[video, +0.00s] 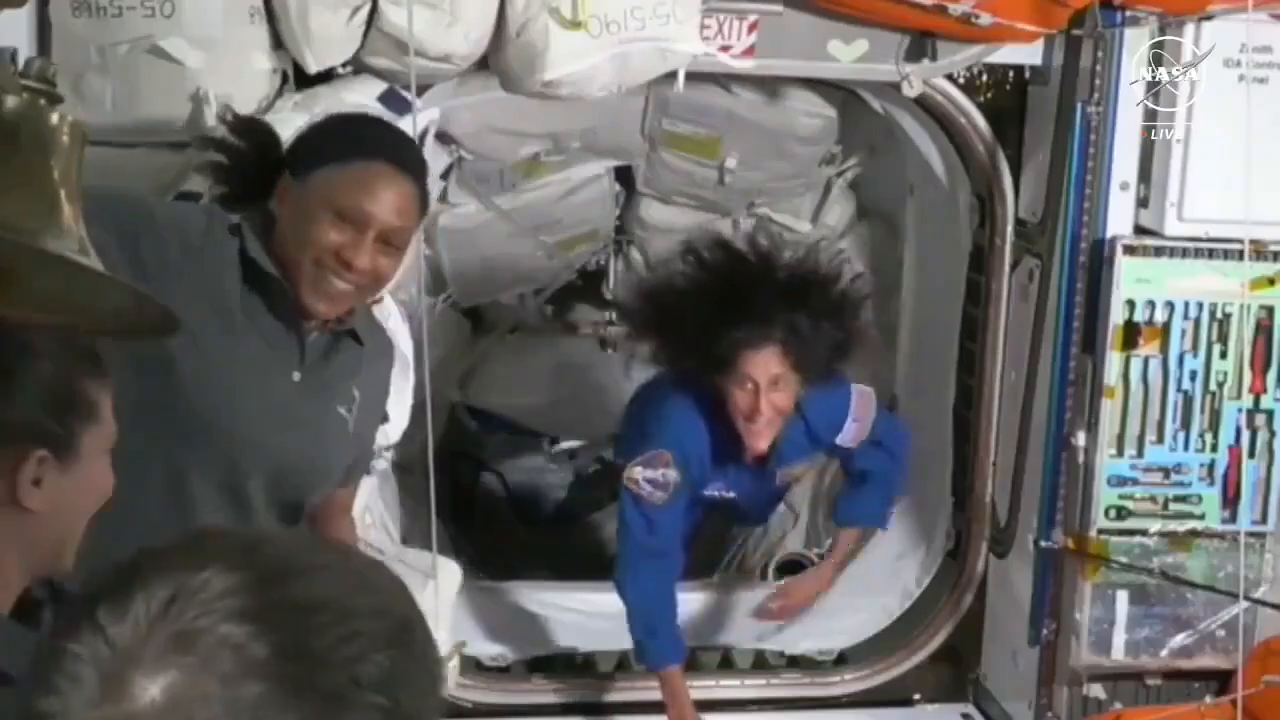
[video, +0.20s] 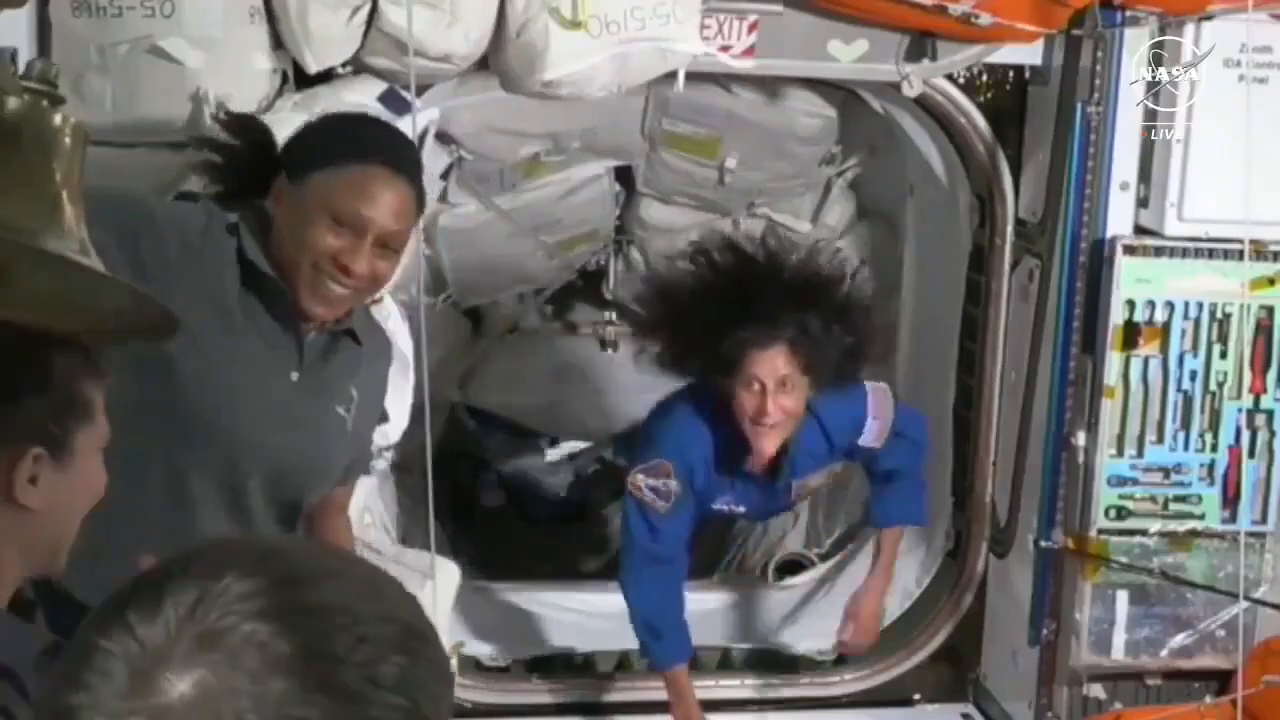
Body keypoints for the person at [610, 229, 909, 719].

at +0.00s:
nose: (760, 410)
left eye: (778, 386)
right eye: (744, 386)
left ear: (803, 383)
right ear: (717, 381)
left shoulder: (828, 407)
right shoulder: (673, 426)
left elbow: (889, 446)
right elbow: (644, 568)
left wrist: (829, 569)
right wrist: (677, 702)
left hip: (760, 502)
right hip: (680, 499)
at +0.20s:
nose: (767, 409)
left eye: (787, 387)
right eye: (753, 386)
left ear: (811, 391)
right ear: (727, 386)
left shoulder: (838, 415)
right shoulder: (679, 443)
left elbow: (909, 439)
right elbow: (652, 571)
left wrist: (878, 586)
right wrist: (683, 700)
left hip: (766, 506)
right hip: (683, 509)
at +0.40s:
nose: (764, 400)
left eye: (785, 380)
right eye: (751, 376)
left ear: (816, 385)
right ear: (730, 376)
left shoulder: (851, 417)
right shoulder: (684, 435)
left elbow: (932, 455)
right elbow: (663, 564)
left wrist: (912, 600)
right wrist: (694, 695)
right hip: (722, 519)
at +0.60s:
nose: (755, 387)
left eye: (780, 368)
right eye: (746, 362)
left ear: (817, 378)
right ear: (729, 361)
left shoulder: (869, 424)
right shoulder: (681, 439)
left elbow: (1008, 463)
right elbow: (669, 569)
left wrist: (1000, 607)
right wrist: (693, 690)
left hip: (808, 546)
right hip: (705, 544)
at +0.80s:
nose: (757, 383)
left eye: (779, 363)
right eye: (743, 360)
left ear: (824, 364)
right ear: (726, 356)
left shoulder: (886, 422)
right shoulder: (701, 405)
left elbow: (1054, 478)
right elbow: (645, 504)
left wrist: (1089, 614)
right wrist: (638, 632)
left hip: (789, 583)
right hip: (696, 531)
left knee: (693, 628)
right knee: (603, 555)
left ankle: (693, 658)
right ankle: (571, 490)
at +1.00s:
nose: (748, 398)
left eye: (771, 377)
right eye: (732, 372)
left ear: (819, 373)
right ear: (714, 360)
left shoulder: (875, 437)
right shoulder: (694, 398)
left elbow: (1031, 508)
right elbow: (597, 427)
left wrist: (1109, 644)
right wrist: (527, 500)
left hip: (824, 584)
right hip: (714, 530)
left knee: (701, 688)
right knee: (602, 608)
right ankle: (673, 529)